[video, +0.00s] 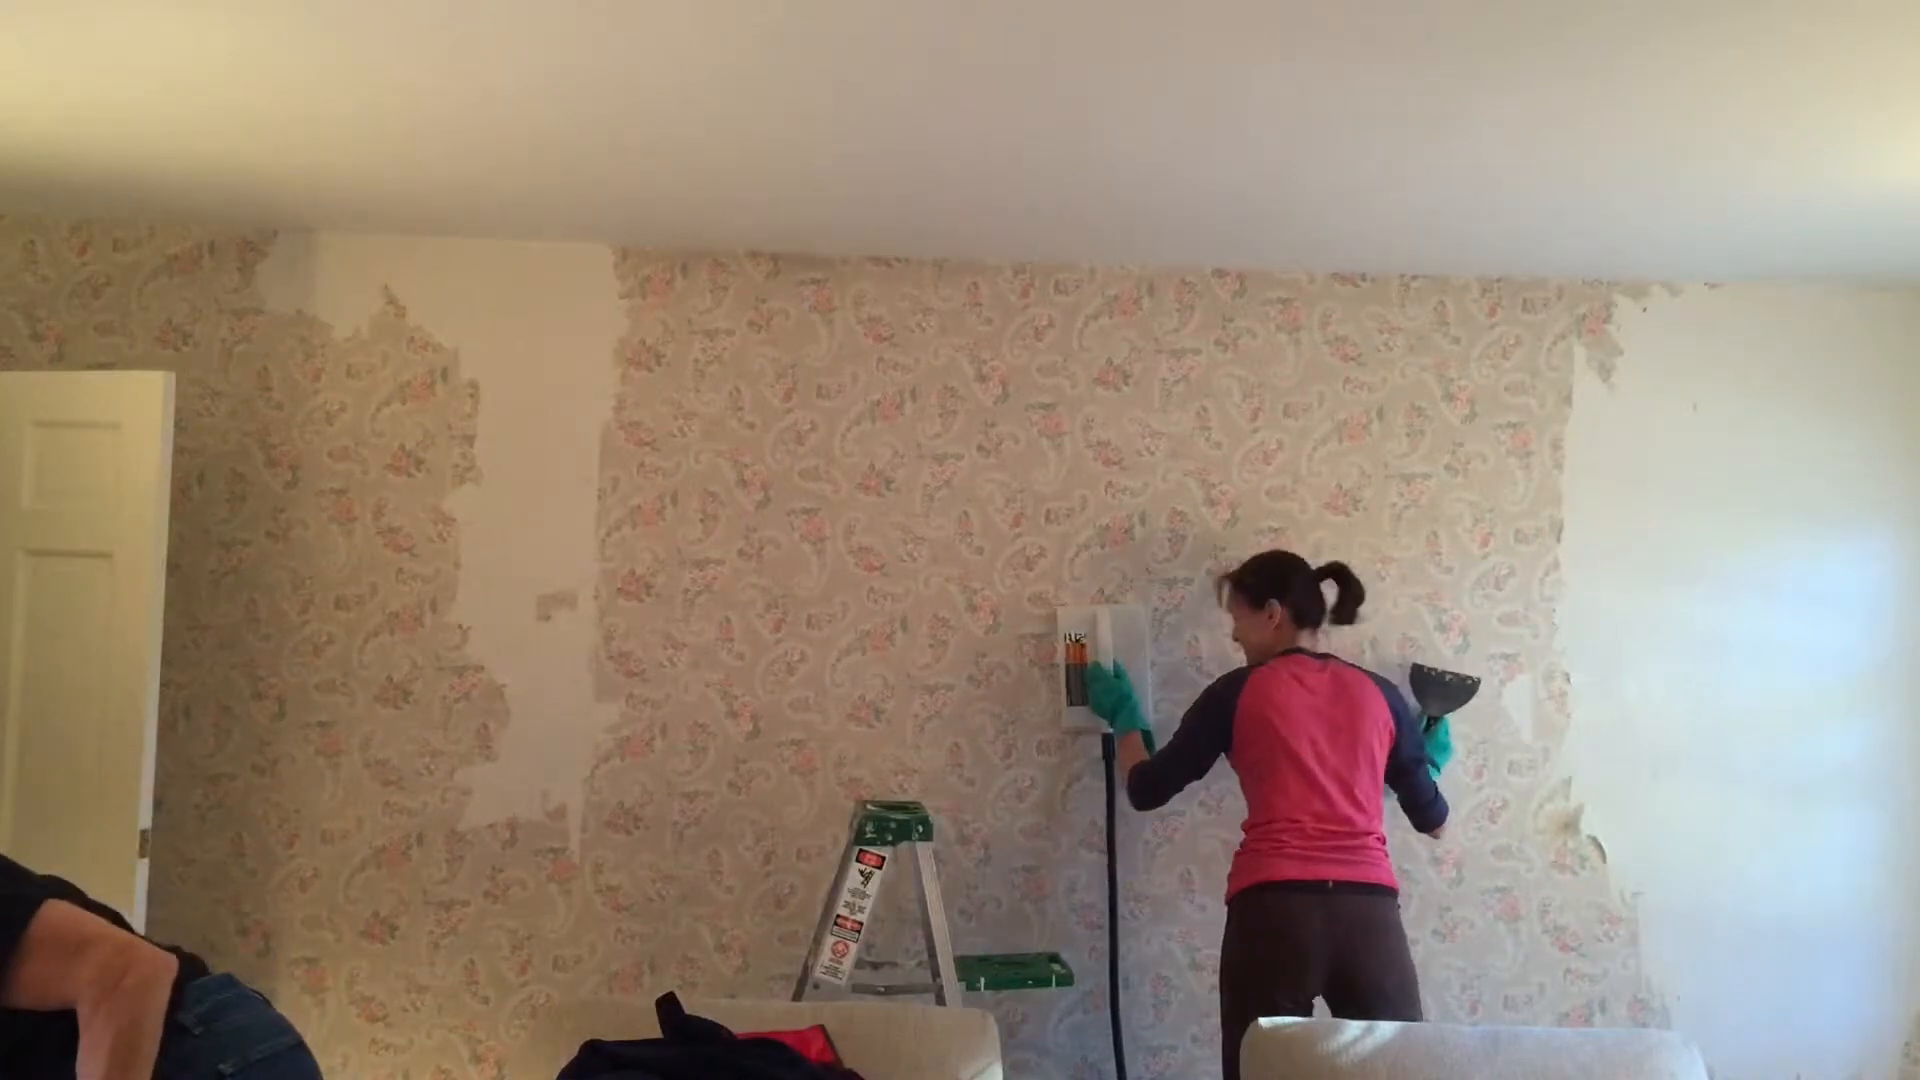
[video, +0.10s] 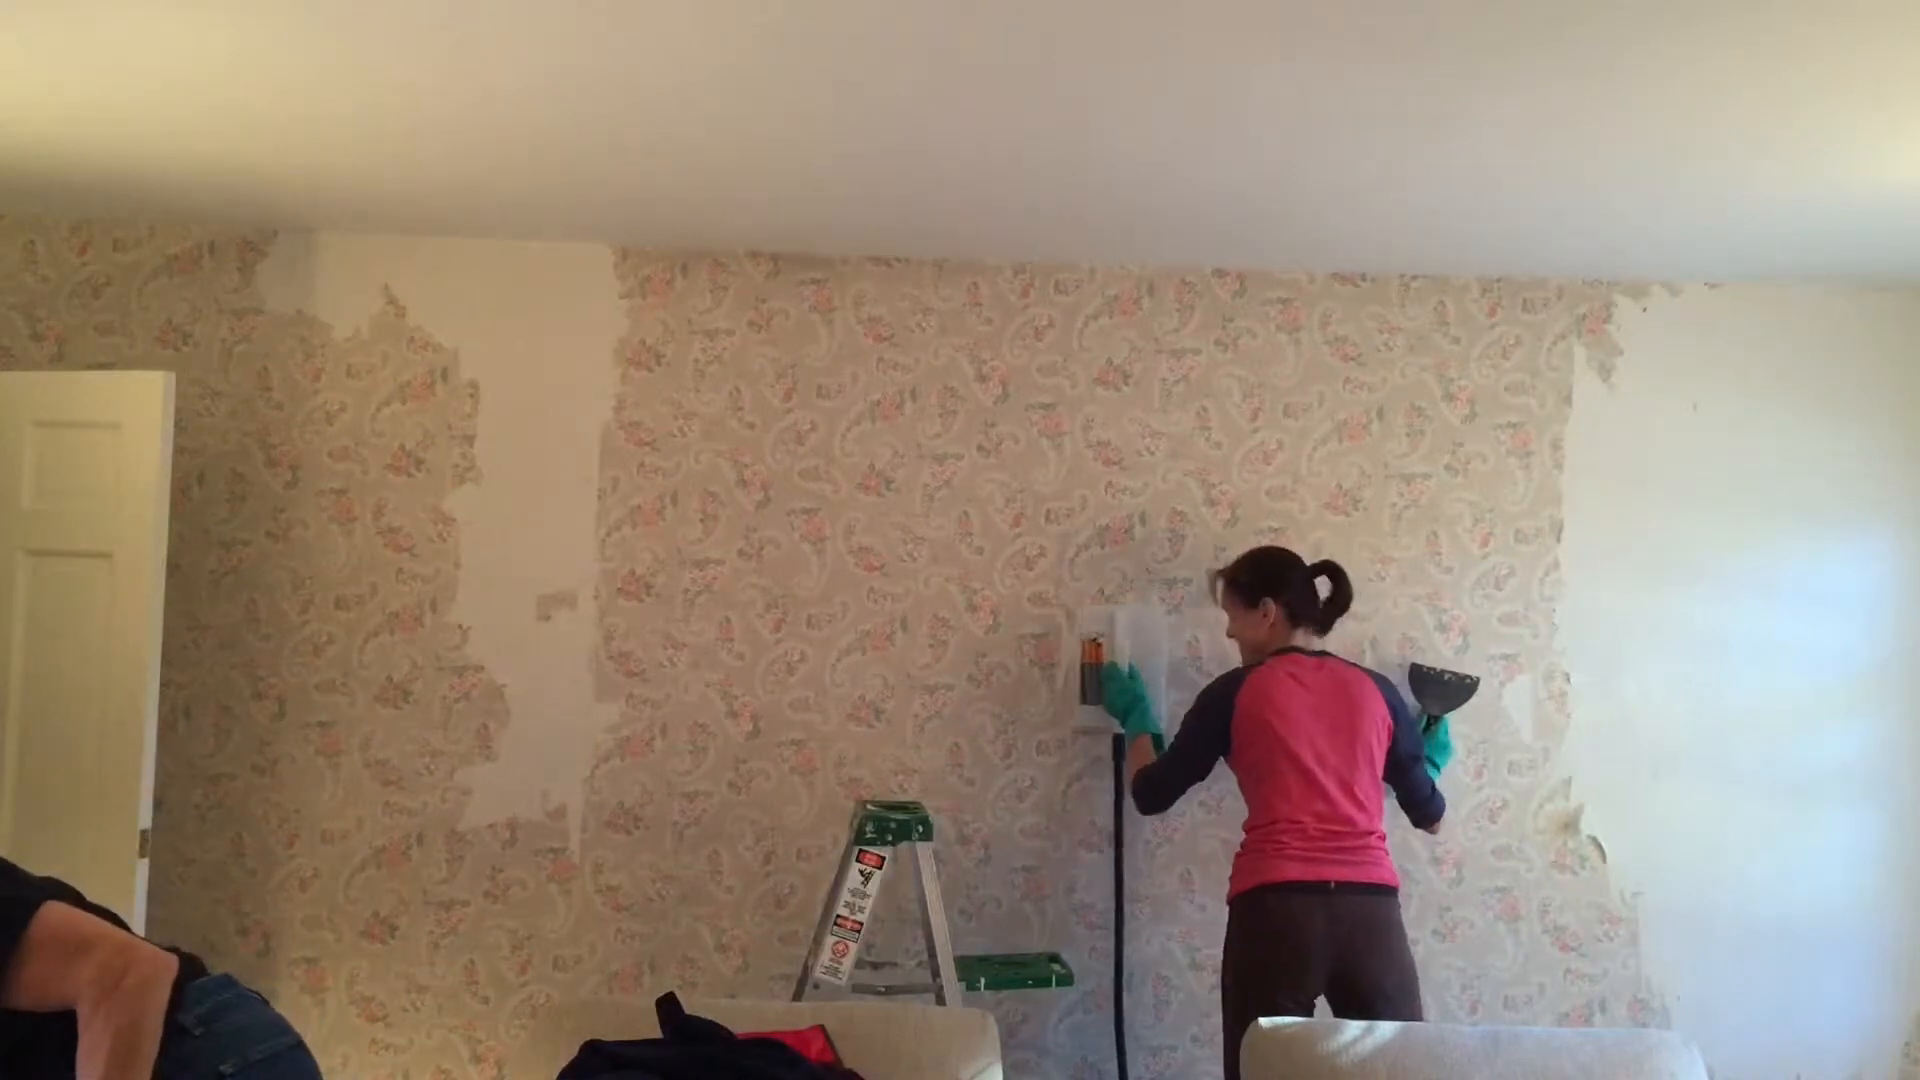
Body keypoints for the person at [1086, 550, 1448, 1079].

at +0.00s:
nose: (1233, 633)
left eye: (1237, 617)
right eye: (1231, 619)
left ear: (1274, 615)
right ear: (1292, 615)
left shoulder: (1238, 690)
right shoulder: (1383, 694)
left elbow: (1145, 790)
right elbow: (1430, 817)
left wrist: (1124, 716)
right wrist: (1429, 759)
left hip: (1272, 918)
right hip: (1370, 919)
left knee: (1256, 1074)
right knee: (1400, 1074)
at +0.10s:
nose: (1228, 631)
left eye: (1232, 614)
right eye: (1226, 615)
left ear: (1268, 613)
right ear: (1305, 612)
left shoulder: (1234, 692)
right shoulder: (1378, 691)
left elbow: (1150, 795)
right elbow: (1427, 812)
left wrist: (1137, 722)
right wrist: (1430, 759)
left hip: (1273, 920)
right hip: (1371, 919)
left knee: (1257, 1074)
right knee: (1399, 1073)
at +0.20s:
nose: (1223, 624)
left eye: (1227, 608)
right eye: (1222, 609)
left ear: (1264, 611)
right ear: (1298, 610)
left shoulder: (1234, 692)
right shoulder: (1377, 690)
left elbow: (1156, 796)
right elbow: (1425, 809)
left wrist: (1146, 724)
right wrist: (1431, 757)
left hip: (1271, 920)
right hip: (1369, 922)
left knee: (1258, 1073)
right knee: (1397, 1073)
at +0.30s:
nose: (1222, 621)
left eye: (1226, 606)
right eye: (1221, 607)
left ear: (1262, 610)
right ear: (1299, 608)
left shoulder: (1236, 691)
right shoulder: (1375, 687)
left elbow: (1162, 790)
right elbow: (1421, 804)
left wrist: (1143, 708)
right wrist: (1431, 755)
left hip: (1268, 922)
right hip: (1366, 923)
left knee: (1253, 1073)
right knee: (1396, 1072)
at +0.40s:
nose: (1221, 619)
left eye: (1224, 605)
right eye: (1220, 605)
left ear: (1262, 610)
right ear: (1302, 604)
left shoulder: (1237, 690)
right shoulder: (1375, 688)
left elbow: (1162, 771)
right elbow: (1420, 802)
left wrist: (1138, 691)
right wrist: (1429, 757)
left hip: (1264, 923)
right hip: (1362, 924)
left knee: (1250, 1074)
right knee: (1392, 1072)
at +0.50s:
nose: (1218, 622)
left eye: (1221, 609)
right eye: (1216, 609)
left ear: (1257, 613)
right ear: (1296, 607)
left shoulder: (1239, 690)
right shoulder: (1374, 688)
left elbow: (1164, 750)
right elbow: (1418, 799)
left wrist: (1135, 672)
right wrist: (1430, 755)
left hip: (1261, 923)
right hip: (1359, 925)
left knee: (1247, 1074)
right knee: (1384, 1073)